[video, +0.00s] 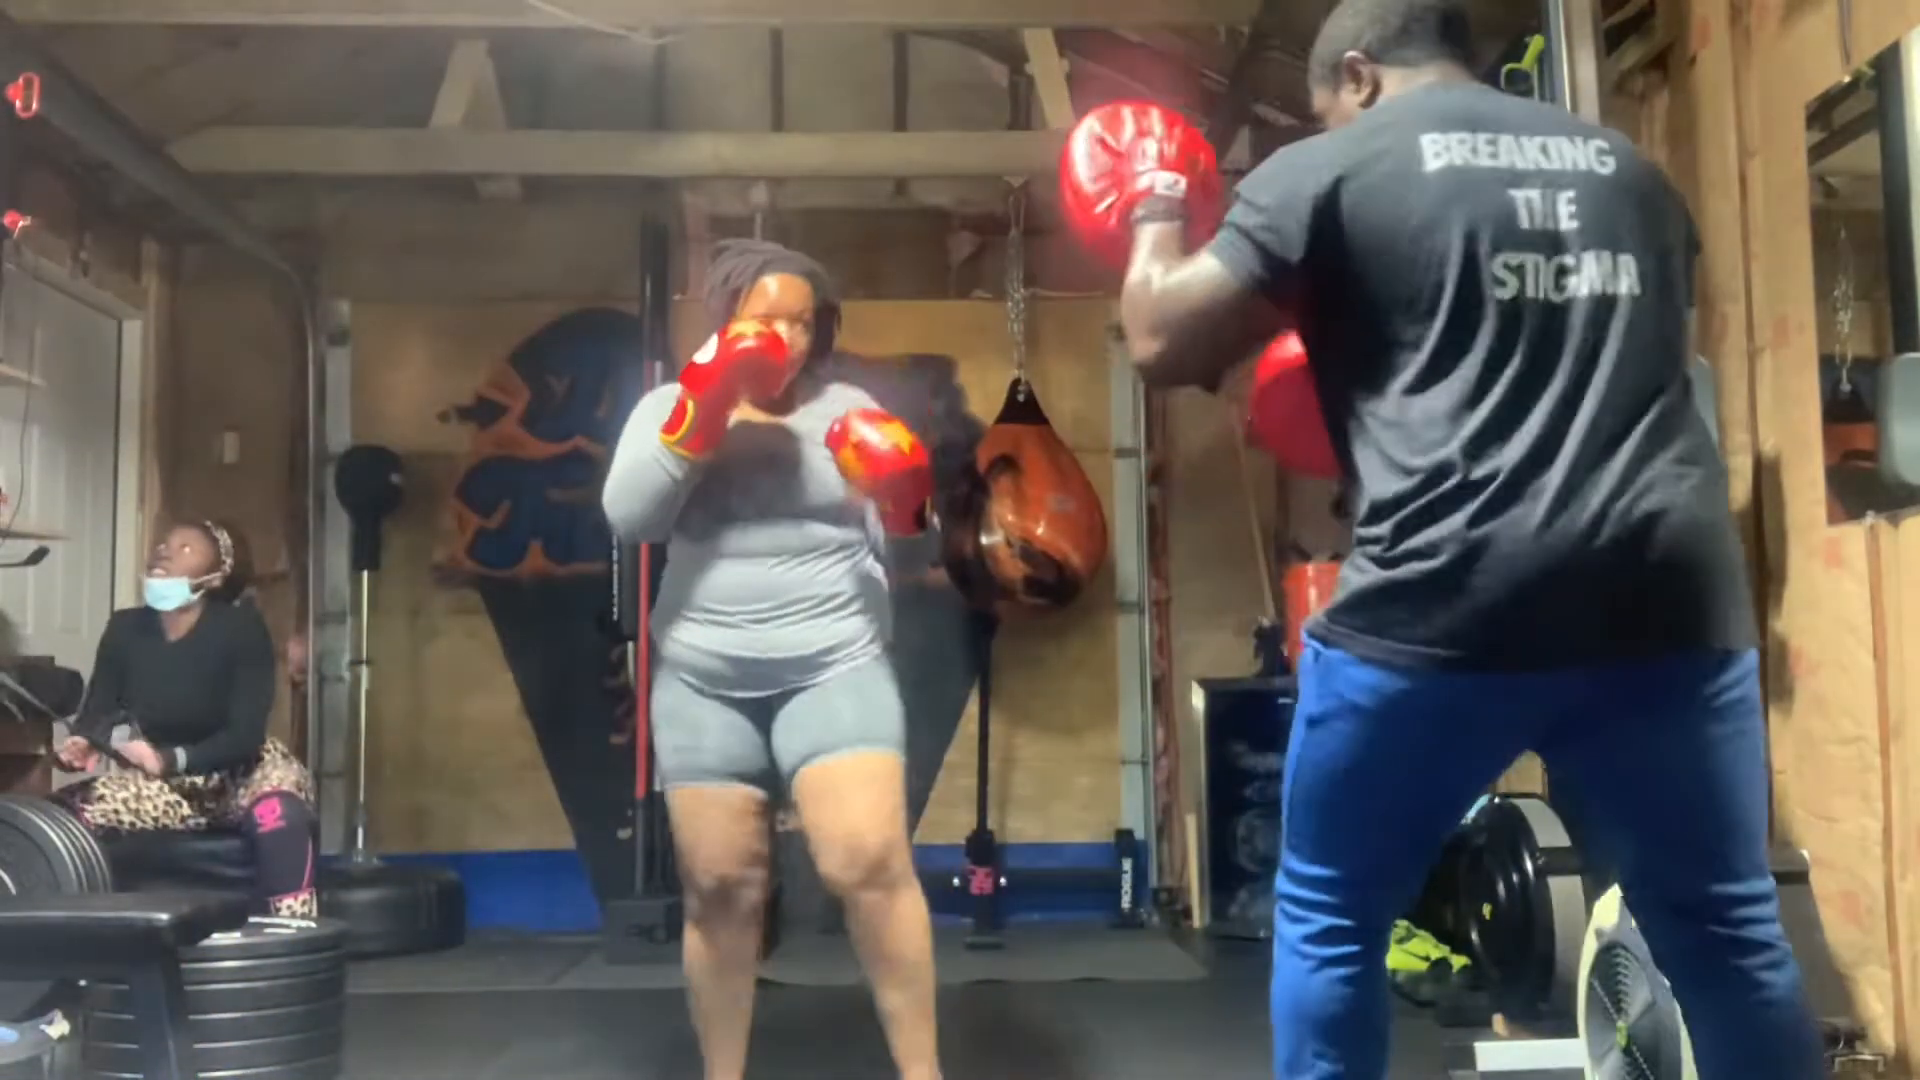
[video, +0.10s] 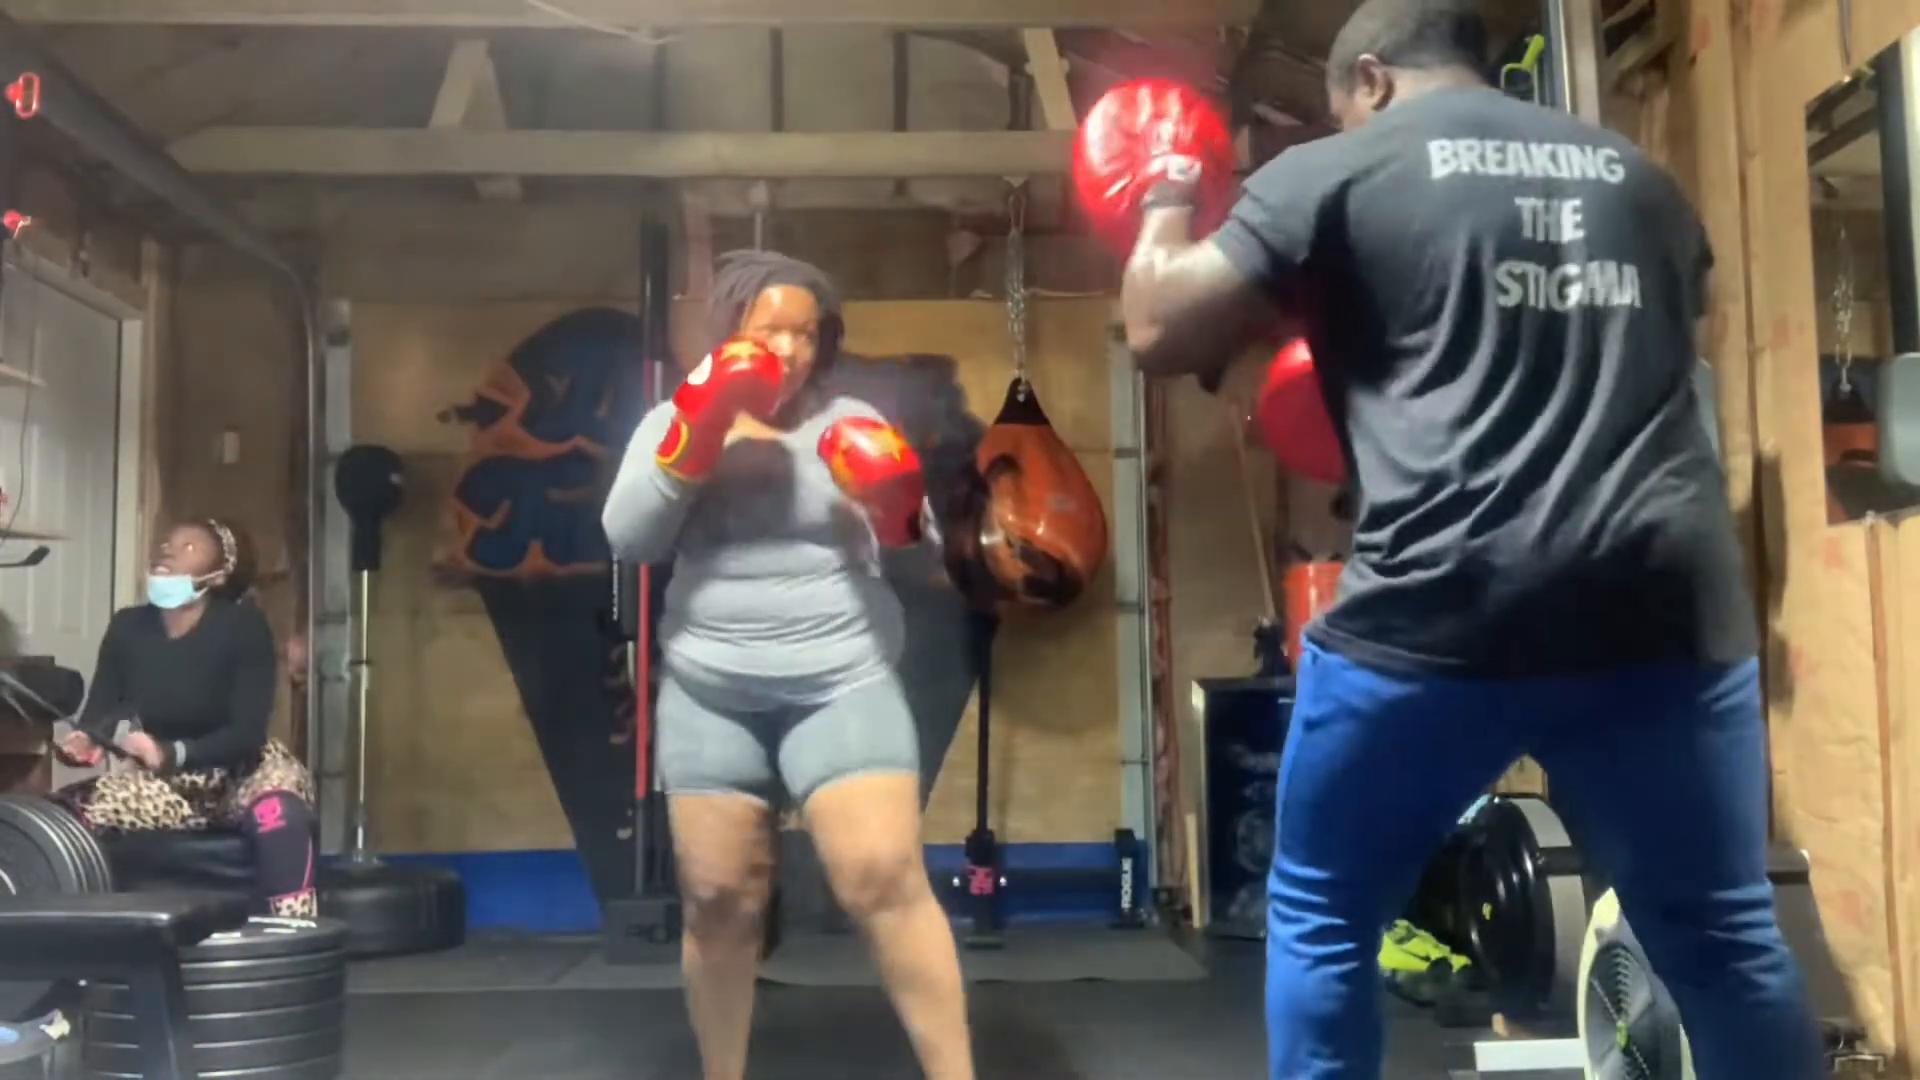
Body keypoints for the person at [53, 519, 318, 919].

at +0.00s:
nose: (163, 557)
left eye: (184, 551)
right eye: (162, 548)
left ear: (213, 575)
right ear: (150, 558)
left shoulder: (242, 628)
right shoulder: (126, 627)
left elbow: (245, 739)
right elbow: (98, 708)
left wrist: (170, 759)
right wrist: (84, 740)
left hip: (237, 780)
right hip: (152, 781)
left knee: (280, 814)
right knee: (62, 815)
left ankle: (294, 945)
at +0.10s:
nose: (164, 558)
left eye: (185, 551)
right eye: (164, 549)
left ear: (215, 575)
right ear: (153, 557)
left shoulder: (244, 626)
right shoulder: (128, 626)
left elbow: (247, 737)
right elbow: (99, 713)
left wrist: (171, 753)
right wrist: (85, 739)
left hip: (237, 780)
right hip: (152, 782)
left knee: (280, 814)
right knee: (61, 815)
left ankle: (295, 945)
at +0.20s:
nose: (169, 560)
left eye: (188, 551)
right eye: (168, 551)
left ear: (222, 573)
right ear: (157, 559)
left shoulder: (249, 627)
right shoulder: (133, 625)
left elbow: (250, 735)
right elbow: (97, 726)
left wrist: (175, 748)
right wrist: (79, 736)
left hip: (242, 782)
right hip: (162, 784)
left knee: (280, 813)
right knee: (65, 812)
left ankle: (294, 947)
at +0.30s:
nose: (174, 563)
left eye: (190, 554)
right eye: (171, 552)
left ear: (224, 571)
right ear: (161, 556)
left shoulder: (255, 626)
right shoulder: (135, 624)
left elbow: (252, 734)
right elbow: (98, 724)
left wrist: (183, 746)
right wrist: (81, 730)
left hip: (245, 783)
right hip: (166, 784)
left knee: (280, 812)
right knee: (67, 812)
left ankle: (294, 947)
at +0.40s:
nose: (176, 563)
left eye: (193, 553)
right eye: (169, 554)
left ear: (225, 568)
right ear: (160, 561)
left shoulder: (256, 625)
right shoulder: (137, 624)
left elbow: (256, 734)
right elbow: (96, 727)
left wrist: (197, 744)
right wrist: (75, 725)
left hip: (244, 781)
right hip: (166, 783)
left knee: (281, 808)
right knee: (70, 811)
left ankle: (293, 944)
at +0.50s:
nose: (178, 562)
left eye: (194, 552)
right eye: (170, 553)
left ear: (224, 567)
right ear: (159, 561)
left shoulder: (258, 625)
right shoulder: (139, 623)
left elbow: (259, 732)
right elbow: (96, 728)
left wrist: (198, 741)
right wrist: (69, 719)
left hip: (246, 779)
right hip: (164, 781)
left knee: (281, 811)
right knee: (65, 813)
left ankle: (293, 950)